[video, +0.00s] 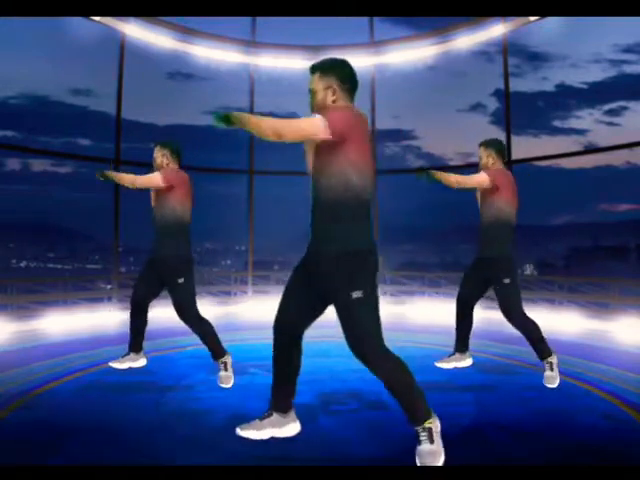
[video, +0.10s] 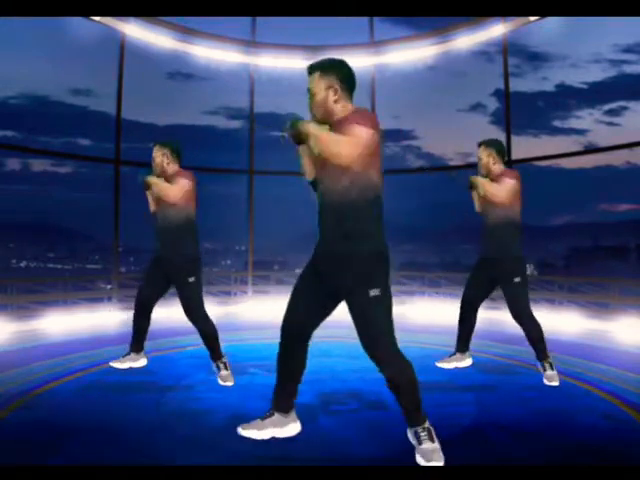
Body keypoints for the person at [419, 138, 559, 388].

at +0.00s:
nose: (480, 162)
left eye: (482, 157)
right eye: (480, 158)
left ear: (492, 156)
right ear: (497, 157)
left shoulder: (496, 176)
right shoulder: (501, 179)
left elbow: (458, 182)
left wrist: (433, 173)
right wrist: (441, 176)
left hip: (499, 258)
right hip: (489, 256)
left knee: (513, 313)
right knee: (464, 300)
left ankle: (548, 359)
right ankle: (461, 354)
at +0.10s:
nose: (480, 164)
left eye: (483, 159)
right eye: (479, 160)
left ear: (495, 158)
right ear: (486, 161)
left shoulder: (511, 178)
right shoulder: (490, 183)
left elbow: (500, 196)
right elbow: (480, 208)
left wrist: (480, 182)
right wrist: (476, 190)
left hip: (510, 259)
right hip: (489, 259)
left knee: (521, 312)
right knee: (469, 302)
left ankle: (546, 363)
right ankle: (461, 353)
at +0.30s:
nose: (487, 168)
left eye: (490, 162)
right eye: (485, 163)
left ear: (505, 160)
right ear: (487, 165)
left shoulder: (526, 181)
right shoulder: (492, 190)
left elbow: (532, 212)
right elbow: (478, 216)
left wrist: (508, 183)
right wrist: (470, 193)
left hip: (524, 261)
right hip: (498, 260)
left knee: (533, 316)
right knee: (473, 304)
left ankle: (548, 365)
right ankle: (462, 354)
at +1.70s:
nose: (493, 156)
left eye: (497, 151)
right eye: (491, 152)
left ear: (513, 153)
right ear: (491, 156)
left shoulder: (532, 178)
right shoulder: (485, 183)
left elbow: (539, 206)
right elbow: (458, 195)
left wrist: (512, 180)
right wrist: (444, 181)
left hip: (525, 263)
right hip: (493, 262)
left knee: (540, 321)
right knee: (466, 305)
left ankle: (549, 370)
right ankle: (464, 354)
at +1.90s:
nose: (480, 158)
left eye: (485, 152)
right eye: (479, 153)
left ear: (501, 154)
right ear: (481, 157)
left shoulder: (519, 180)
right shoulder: (480, 183)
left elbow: (524, 215)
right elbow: (469, 200)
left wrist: (501, 190)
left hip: (512, 262)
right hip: (488, 260)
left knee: (524, 317)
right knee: (464, 304)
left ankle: (549, 368)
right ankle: (466, 357)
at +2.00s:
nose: (479, 160)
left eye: (483, 155)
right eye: (478, 155)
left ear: (496, 157)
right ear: (482, 158)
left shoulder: (502, 183)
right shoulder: (489, 180)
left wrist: (468, 181)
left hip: (503, 259)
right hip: (486, 257)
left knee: (510, 315)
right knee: (464, 301)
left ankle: (554, 362)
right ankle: (466, 356)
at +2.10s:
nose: (479, 161)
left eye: (482, 156)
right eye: (478, 157)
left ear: (494, 157)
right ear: (492, 158)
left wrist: (423, 171)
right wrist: (427, 171)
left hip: (500, 260)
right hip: (489, 258)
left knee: (509, 317)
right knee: (462, 301)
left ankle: (555, 362)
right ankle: (465, 357)